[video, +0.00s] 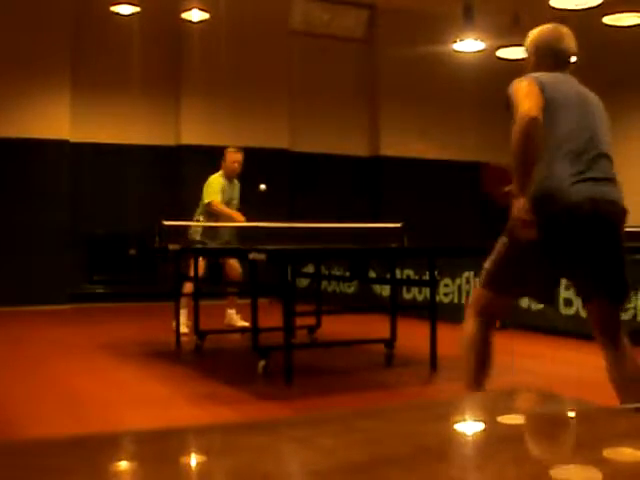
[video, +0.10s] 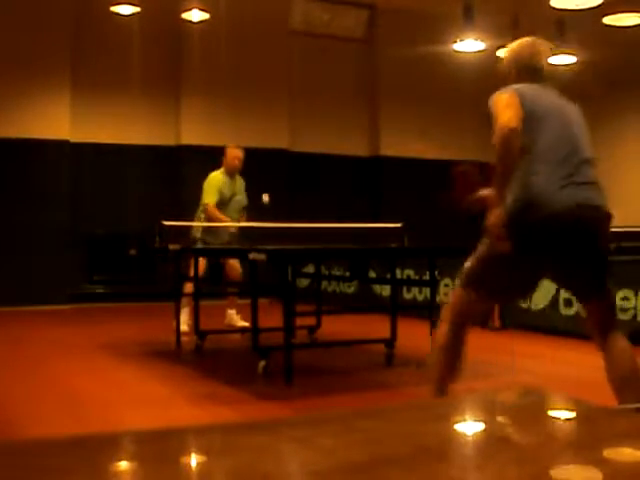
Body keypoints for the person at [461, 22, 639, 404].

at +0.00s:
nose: (526, 59)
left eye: (528, 54)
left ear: (531, 57)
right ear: (572, 60)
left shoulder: (527, 83)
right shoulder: (592, 98)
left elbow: (530, 116)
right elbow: (603, 160)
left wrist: (520, 191)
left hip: (551, 209)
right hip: (604, 211)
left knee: (482, 310)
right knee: (611, 331)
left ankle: (471, 410)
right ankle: (634, 417)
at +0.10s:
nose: (500, 72)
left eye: (502, 66)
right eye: (500, 66)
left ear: (510, 69)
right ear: (544, 70)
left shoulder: (508, 95)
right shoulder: (569, 107)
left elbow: (509, 129)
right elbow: (564, 165)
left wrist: (498, 196)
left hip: (535, 216)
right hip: (589, 217)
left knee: (458, 310)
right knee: (608, 327)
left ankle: (436, 403)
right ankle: (634, 418)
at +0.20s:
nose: (463, 87)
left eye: (465, 80)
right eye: (467, 79)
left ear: (473, 82)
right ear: (505, 80)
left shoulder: (478, 108)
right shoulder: (533, 119)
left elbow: (482, 144)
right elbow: (520, 195)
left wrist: (469, 217)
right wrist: (450, 202)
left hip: (514, 228)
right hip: (568, 228)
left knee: (430, 319)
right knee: (593, 332)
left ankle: (387, 403)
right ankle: (630, 417)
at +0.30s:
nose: (416, 100)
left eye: (417, 92)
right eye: (416, 92)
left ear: (426, 91)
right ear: (457, 89)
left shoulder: (437, 115)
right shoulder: (486, 123)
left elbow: (448, 158)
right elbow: (467, 203)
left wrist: (439, 225)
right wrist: (391, 205)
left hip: (477, 240)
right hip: (526, 237)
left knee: (400, 323)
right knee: (570, 339)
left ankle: (358, 404)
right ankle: (622, 412)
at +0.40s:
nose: (367, 110)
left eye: (368, 102)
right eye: (366, 102)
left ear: (381, 99)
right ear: (406, 94)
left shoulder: (394, 125)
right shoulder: (438, 129)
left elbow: (414, 169)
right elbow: (426, 199)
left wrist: (405, 244)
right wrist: (357, 201)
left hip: (450, 235)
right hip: (497, 234)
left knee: (370, 308)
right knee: (539, 332)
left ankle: (350, 404)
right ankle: (605, 406)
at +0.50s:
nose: (328, 115)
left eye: (327, 108)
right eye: (328, 107)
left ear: (335, 108)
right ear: (366, 101)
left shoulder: (361, 130)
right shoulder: (393, 129)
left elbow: (389, 175)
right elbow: (383, 206)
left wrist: (383, 253)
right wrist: (327, 198)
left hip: (432, 226)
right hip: (477, 222)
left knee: (354, 309)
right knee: (516, 324)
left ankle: (347, 406)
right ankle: (585, 402)